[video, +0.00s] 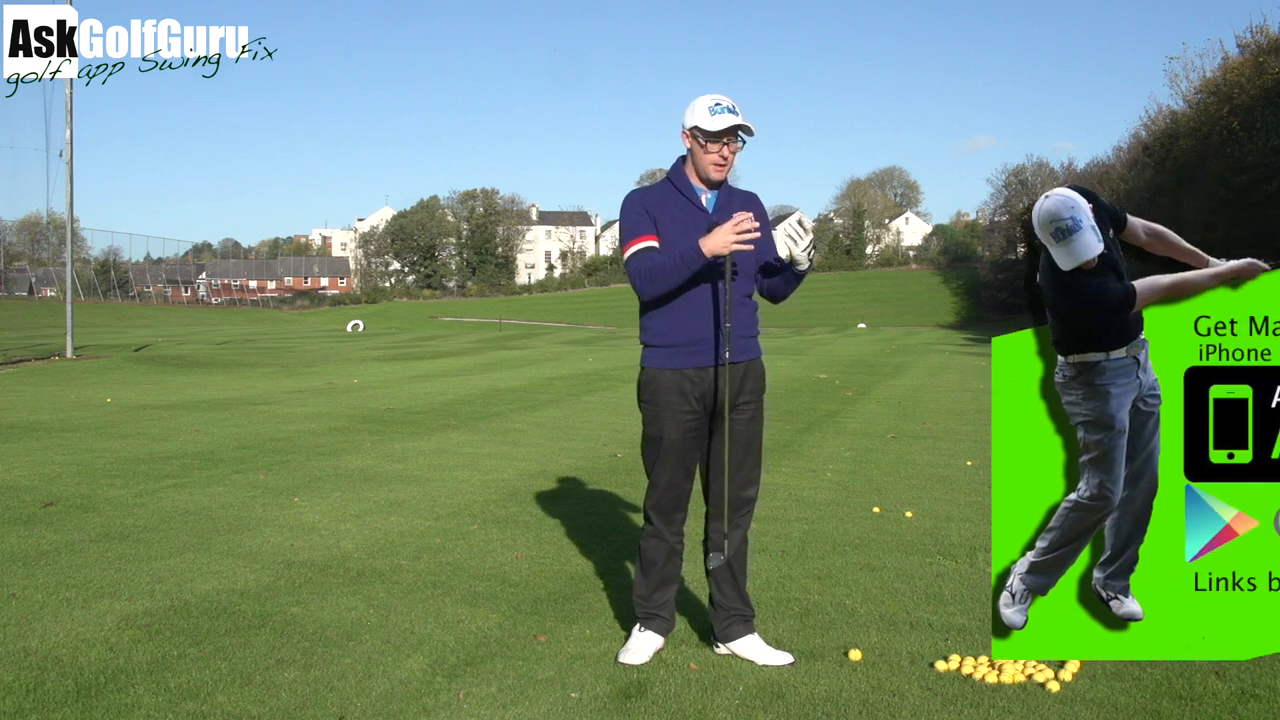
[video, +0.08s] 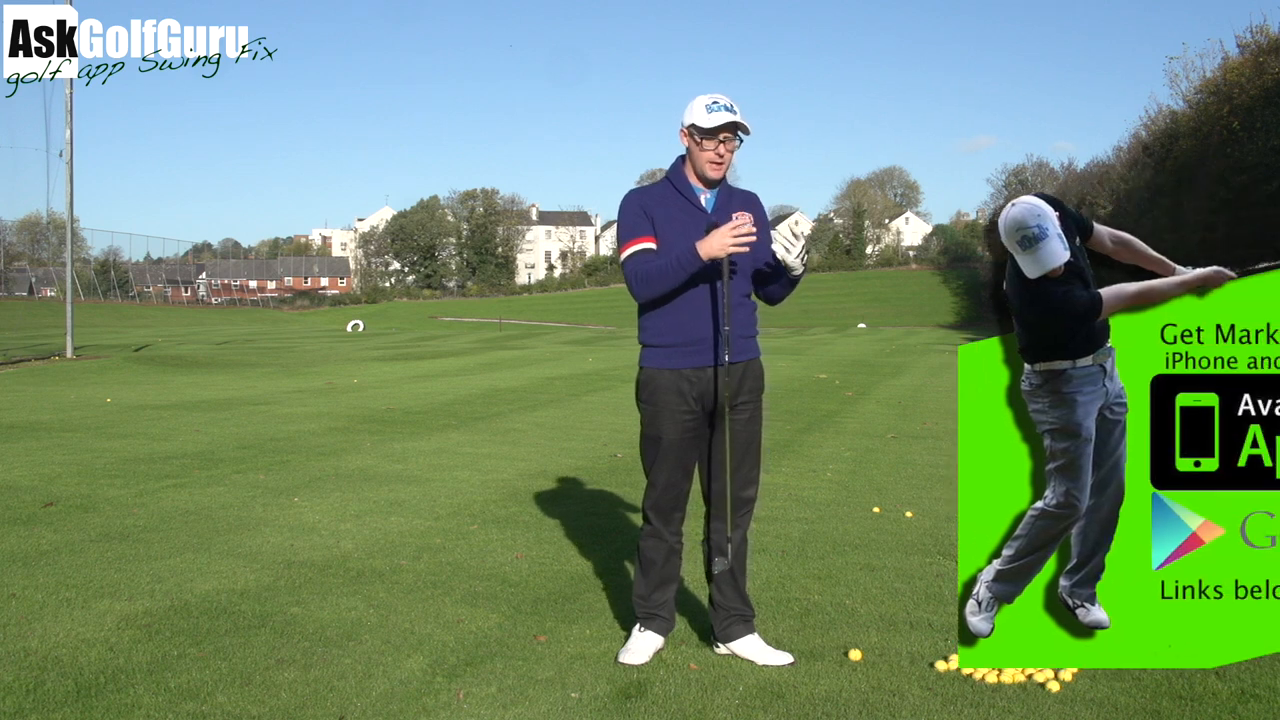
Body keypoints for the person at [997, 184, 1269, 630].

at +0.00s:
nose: (1087, 260)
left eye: (1089, 246)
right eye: (1074, 257)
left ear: (1089, 220)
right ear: (1049, 244)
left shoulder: (1087, 206)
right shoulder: (1070, 287)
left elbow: (1146, 234)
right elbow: (1164, 288)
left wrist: (1211, 262)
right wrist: (1231, 273)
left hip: (1136, 361)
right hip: (1093, 376)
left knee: (1139, 483)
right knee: (1100, 492)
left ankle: (1111, 580)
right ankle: (1026, 578)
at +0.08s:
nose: (1053, 268)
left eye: (1056, 254)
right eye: (1041, 265)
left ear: (1056, 229)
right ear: (1016, 253)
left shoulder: (1053, 214)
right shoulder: (1036, 295)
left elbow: (1113, 242)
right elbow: (1131, 296)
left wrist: (1178, 271)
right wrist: (1197, 281)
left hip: (1102, 371)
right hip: (1059, 384)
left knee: (1106, 491)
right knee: (1067, 499)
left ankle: (1077, 587)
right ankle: (993, 586)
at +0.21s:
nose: (1005, 281)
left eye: (1007, 267)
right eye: (993, 278)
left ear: (1007, 241)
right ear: (967, 265)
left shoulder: (1003, 226)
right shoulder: (988, 306)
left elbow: (1064, 253)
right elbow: (1080, 308)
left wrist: (1129, 283)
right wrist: (1147, 293)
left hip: (1053, 382)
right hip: (1010, 395)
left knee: (1057, 503)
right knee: (1018, 511)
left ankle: (1029, 599)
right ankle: (944, 598)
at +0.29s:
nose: (974, 288)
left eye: (976, 274)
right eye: (962, 285)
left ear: (975, 247)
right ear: (937, 273)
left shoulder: (971, 232)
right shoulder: (957, 313)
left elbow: (1032, 260)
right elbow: (1049, 316)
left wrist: (1097, 290)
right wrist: (1116, 300)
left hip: (1022, 388)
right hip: (979, 403)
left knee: (1026, 510)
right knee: (986, 519)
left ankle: (997, 607)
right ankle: (913, 605)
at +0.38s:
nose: (945, 296)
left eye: (947, 282)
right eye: (933, 293)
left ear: (945, 254)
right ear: (907, 279)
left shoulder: (940, 239)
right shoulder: (926, 320)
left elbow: (1003, 268)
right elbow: (1019, 323)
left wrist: (1068, 297)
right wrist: (1086, 308)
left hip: (993, 397)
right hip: (950, 410)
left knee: (996, 517)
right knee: (957, 525)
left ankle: (968, 614)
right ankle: (883, 612)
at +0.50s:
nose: (905, 304)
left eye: (907, 290)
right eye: (893, 301)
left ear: (905, 264)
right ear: (867, 288)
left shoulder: (902, 250)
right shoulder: (886, 328)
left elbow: (962, 277)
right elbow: (977, 333)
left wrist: (1027, 306)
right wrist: (1045, 317)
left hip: (953, 406)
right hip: (910, 420)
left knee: (956, 527)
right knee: (917, 535)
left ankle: (928, 623)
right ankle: (844, 621)